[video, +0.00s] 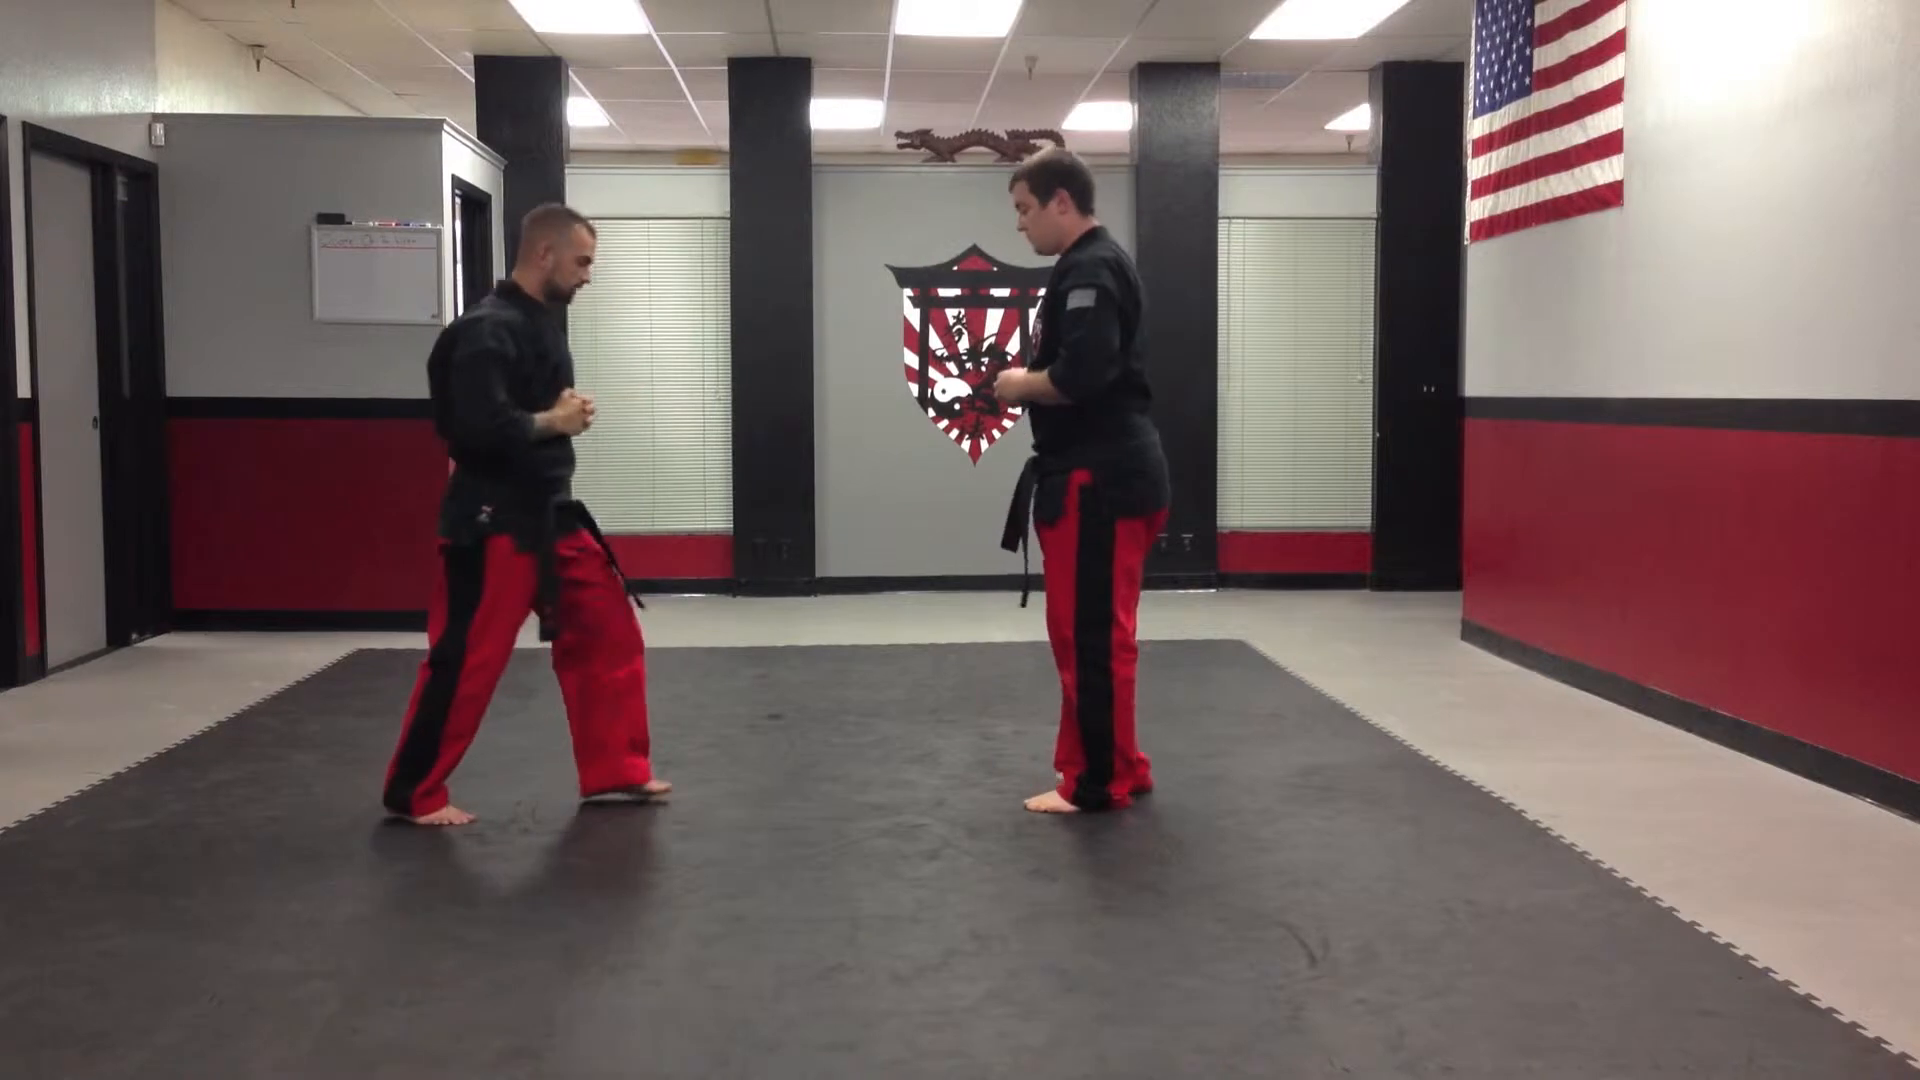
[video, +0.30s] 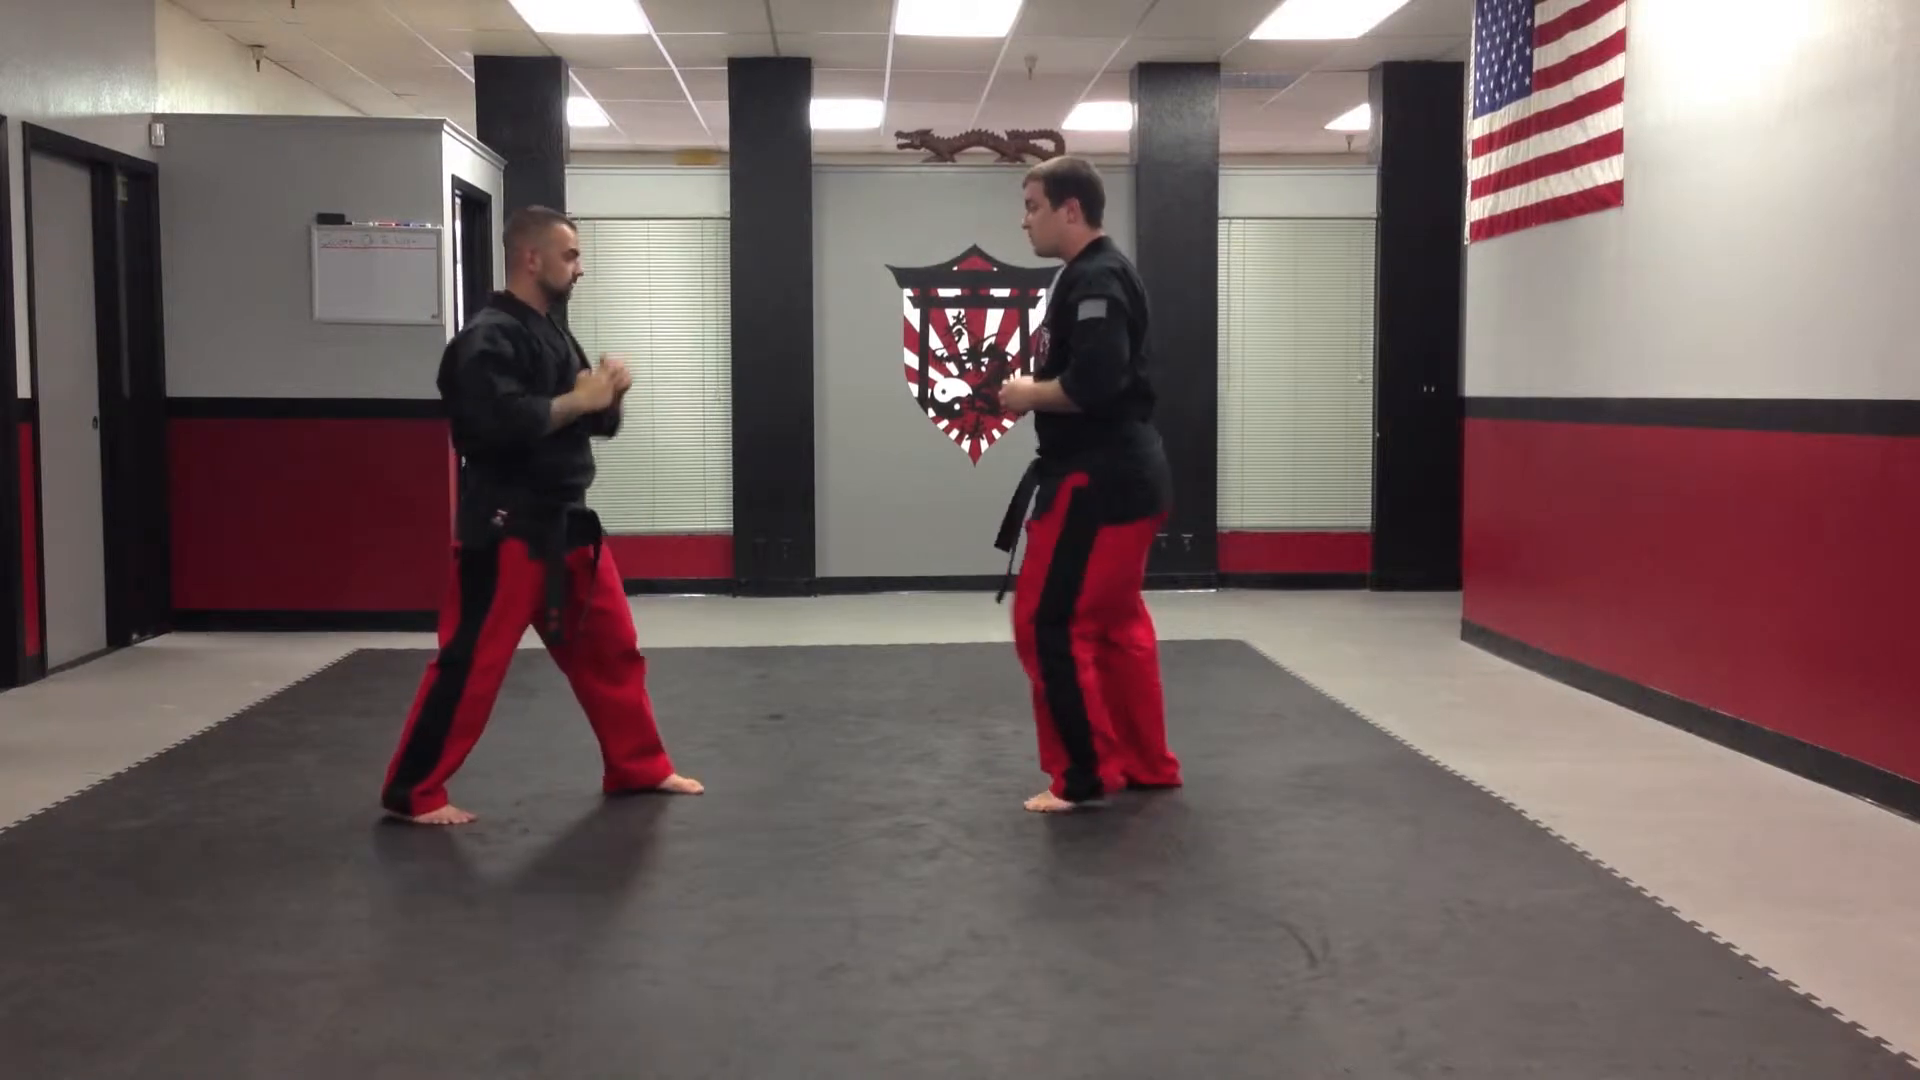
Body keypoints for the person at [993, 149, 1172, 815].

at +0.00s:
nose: (1020, 224)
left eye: (1024, 210)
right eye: (1017, 212)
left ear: (1060, 202)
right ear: (1062, 204)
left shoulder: (1088, 268)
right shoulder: (1090, 263)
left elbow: (1084, 376)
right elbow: (1077, 369)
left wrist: (1019, 386)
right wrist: (1021, 380)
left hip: (1101, 479)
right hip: (1100, 474)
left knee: (1087, 635)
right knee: (1096, 631)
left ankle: (1096, 784)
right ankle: (1117, 767)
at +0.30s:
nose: (1025, 221)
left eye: (1032, 208)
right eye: (1025, 208)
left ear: (1070, 210)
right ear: (1074, 213)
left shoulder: (1093, 278)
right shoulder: (1102, 270)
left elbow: (1096, 385)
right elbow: (1095, 381)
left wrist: (1028, 394)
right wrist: (1028, 392)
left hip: (1094, 480)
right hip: (1126, 475)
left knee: (1043, 622)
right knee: (1115, 615)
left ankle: (1082, 779)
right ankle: (1148, 760)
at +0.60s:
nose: (1008, 221)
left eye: (1019, 210)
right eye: (1011, 209)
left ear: (1057, 218)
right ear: (1058, 219)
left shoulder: (1074, 287)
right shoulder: (1076, 279)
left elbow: (1077, 393)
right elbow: (1071, 383)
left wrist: (1015, 405)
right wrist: (1018, 396)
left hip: (1083, 486)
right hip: (1105, 479)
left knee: (1039, 635)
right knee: (1105, 627)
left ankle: (992, 783)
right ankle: (1144, 762)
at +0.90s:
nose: (994, 226)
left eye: (1005, 215)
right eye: (998, 214)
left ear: (1042, 226)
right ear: (1050, 228)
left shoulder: (1040, 295)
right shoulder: (1081, 293)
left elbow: (994, 384)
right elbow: (1047, 389)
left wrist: (926, 362)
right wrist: (966, 376)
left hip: (1047, 500)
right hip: (1096, 494)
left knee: (979, 636)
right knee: (1090, 627)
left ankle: (983, 792)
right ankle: (1154, 759)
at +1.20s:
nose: (997, 237)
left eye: (1005, 223)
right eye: (999, 223)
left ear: (1041, 231)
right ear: (1055, 235)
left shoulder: (1033, 304)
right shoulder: (1094, 303)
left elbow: (934, 379)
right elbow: (1066, 395)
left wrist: (854, 373)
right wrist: (994, 405)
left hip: (1041, 505)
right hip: (1098, 499)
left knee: (964, 636)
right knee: (1095, 635)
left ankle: (983, 792)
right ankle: (1156, 761)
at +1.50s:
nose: (1019, 239)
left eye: (1025, 227)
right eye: (1021, 226)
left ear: (1057, 233)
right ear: (1083, 237)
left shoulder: (1027, 300)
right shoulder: (1127, 309)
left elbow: (928, 341)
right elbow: (1106, 393)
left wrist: (842, 333)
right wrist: (1011, 397)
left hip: (1051, 503)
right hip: (1126, 500)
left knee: (982, 638)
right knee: (1141, 632)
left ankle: (983, 793)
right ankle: (1213, 761)